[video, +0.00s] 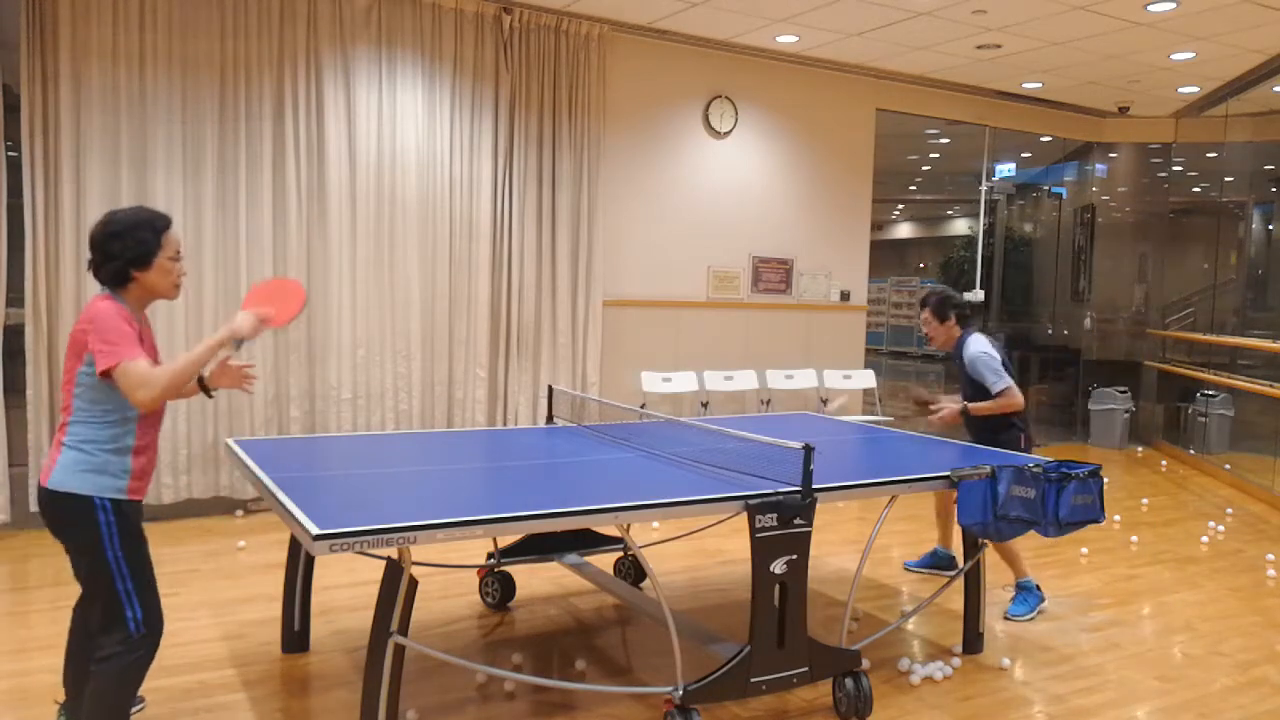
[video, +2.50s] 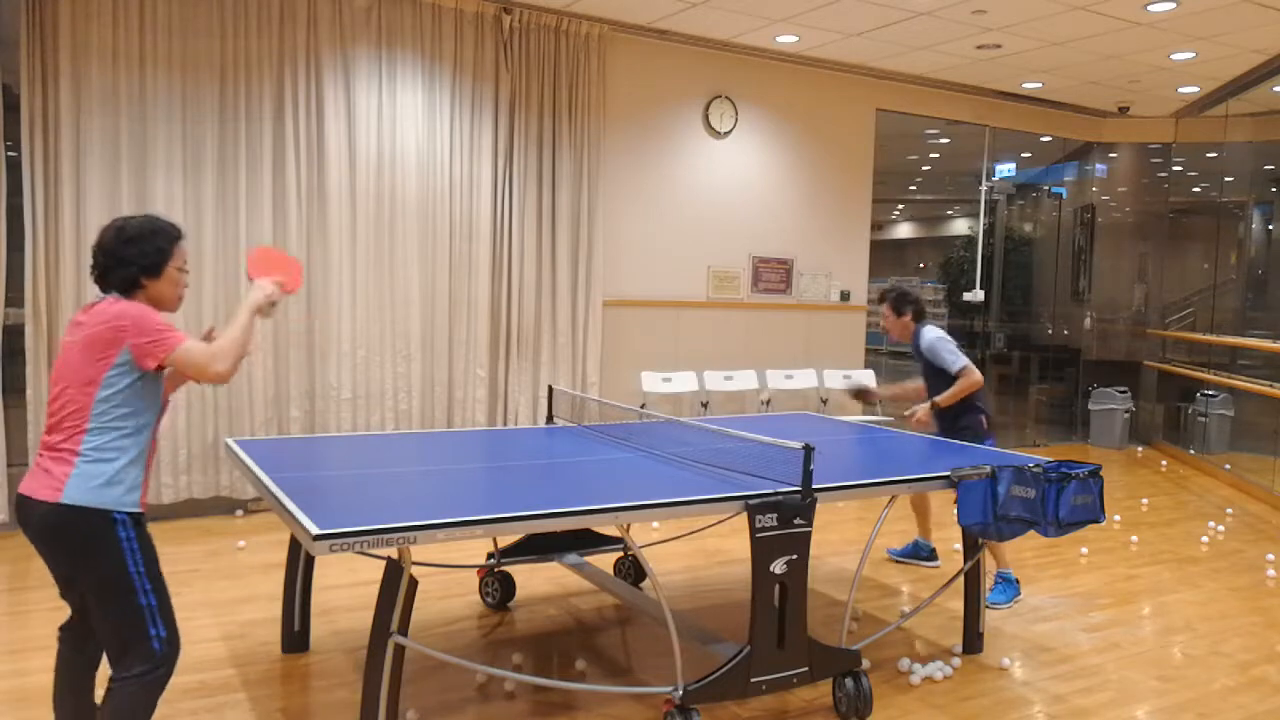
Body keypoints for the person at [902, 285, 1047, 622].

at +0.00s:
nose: (924, 332)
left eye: (928, 324)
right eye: (923, 325)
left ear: (949, 320)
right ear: (949, 322)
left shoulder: (976, 352)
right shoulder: (966, 348)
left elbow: (1015, 401)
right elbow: (981, 395)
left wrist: (962, 410)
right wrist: (945, 402)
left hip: (1006, 451)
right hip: (985, 446)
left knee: (982, 518)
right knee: (942, 480)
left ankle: (1027, 587)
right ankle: (945, 552)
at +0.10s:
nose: (931, 325)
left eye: (934, 317)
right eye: (930, 318)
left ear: (954, 313)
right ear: (951, 313)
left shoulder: (987, 343)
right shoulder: (964, 345)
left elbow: (1014, 400)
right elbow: (957, 387)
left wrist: (961, 395)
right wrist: (909, 377)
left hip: (1005, 445)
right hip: (978, 441)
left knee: (988, 517)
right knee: (943, 482)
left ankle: (1029, 588)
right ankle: (944, 553)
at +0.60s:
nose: (933, 308)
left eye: (940, 301)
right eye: (930, 301)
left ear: (963, 304)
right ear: (930, 305)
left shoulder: (987, 337)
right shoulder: (949, 340)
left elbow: (1029, 382)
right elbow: (961, 386)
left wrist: (983, 397)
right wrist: (932, 406)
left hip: (1004, 440)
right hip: (971, 436)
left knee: (1008, 512)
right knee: (942, 485)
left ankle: (1031, 588)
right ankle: (939, 552)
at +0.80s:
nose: (915, 329)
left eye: (918, 321)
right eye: (913, 322)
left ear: (940, 318)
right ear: (937, 319)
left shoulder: (968, 344)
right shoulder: (953, 348)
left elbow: (1011, 390)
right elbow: (968, 394)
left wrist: (962, 412)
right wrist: (923, 406)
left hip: (1002, 446)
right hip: (975, 443)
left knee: (997, 517)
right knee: (935, 482)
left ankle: (1032, 589)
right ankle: (939, 551)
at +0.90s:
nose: (910, 325)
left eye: (914, 318)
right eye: (910, 318)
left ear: (935, 317)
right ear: (934, 318)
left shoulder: (967, 342)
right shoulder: (942, 349)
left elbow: (1008, 388)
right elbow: (931, 386)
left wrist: (960, 406)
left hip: (997, 443)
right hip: (966, 440)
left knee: (995, 515)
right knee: (926, 481)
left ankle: (1029, 588)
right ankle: (937, 553)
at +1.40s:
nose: (915, 308)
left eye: (922, 302)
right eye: (912, 302)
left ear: (944, 305)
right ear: (911, 305)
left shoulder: (969, 338)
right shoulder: (923, 341)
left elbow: (1003, 382)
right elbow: (930, 383)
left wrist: (960, 397)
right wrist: (899, 398)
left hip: (981, 432)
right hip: (948, 430)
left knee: (978, 503)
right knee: (917, 477)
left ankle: (1003, 574)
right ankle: (924, 547)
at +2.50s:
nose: (883, 326)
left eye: (886, 318)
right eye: (882, 319)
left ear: (906, 316)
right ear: (904, 316)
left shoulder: (931, 339)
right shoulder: (920, 341)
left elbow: (973, 378)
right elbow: (931, 386)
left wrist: (933, 405)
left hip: (971, 434)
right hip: (948, 433)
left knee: (978, 504)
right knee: (914, 479)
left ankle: (1006, 577)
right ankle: (924, 545)